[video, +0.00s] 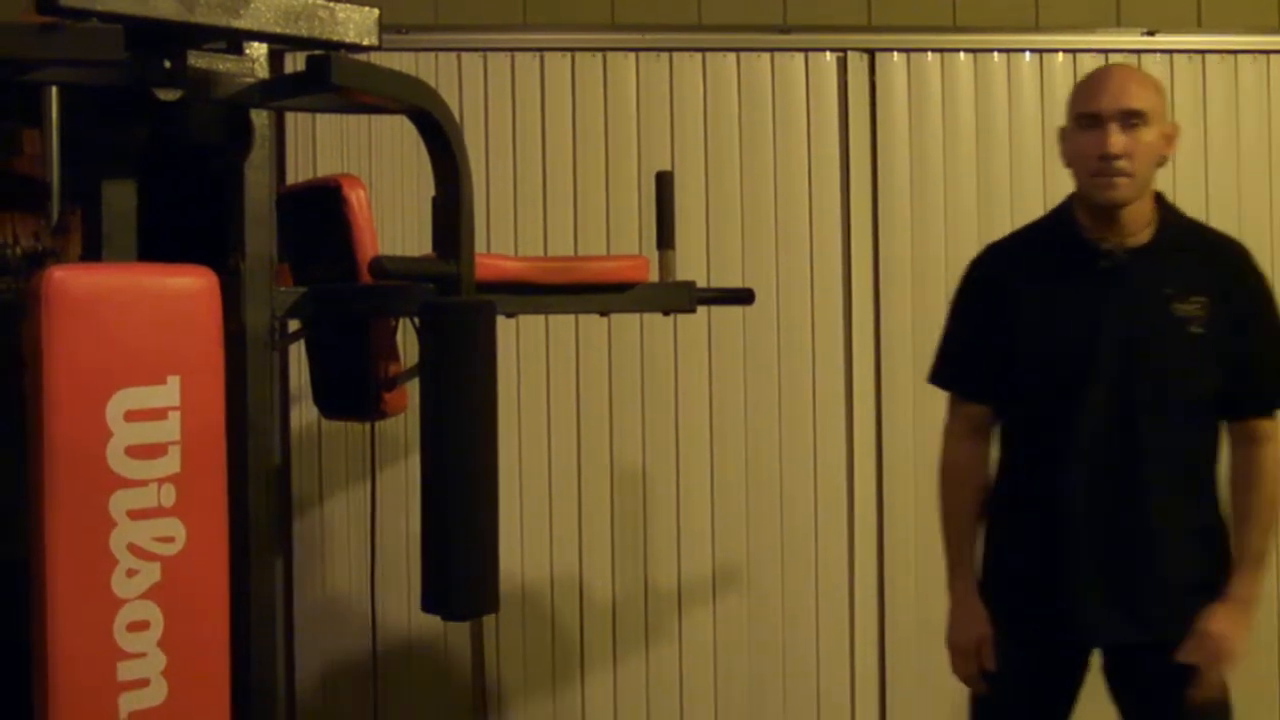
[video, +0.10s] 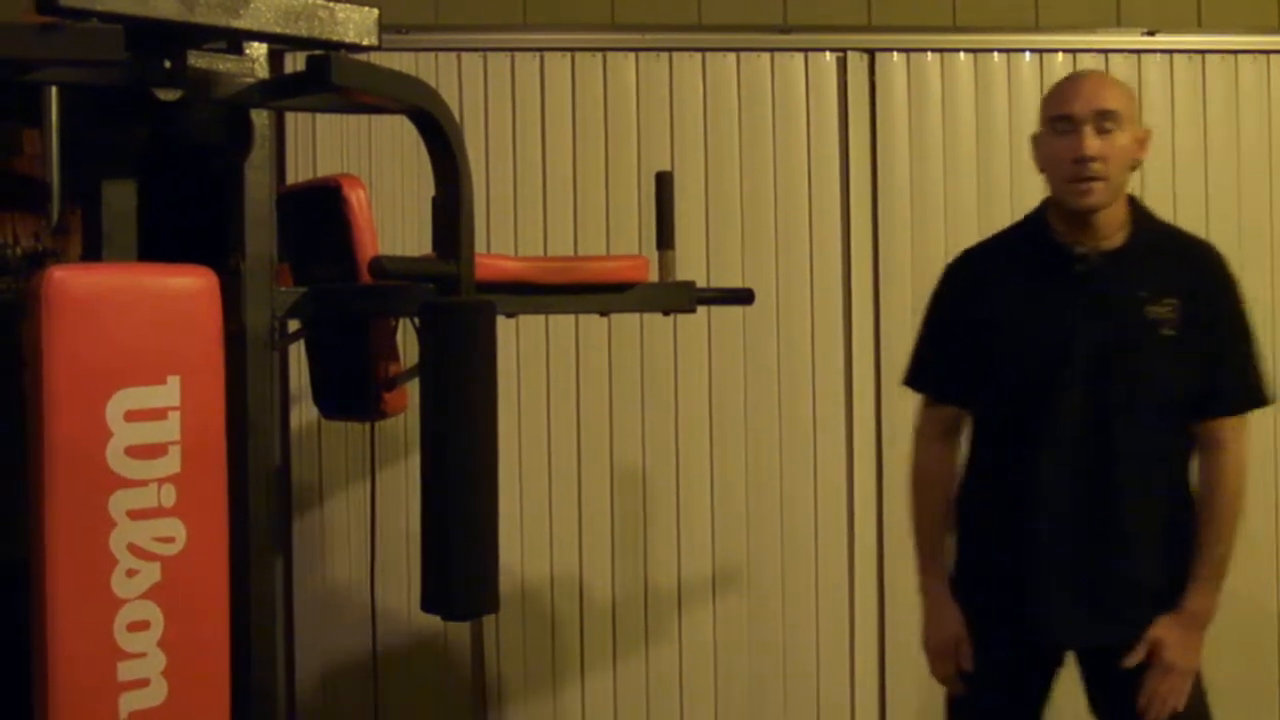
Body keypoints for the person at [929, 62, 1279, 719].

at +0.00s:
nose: (1110, 142)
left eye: (1132, 123)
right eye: (1090, 124)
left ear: (1167, 142)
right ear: (1065, 144)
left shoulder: (1223, 272)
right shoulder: (1002, 271)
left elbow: (1256, 438)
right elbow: (966, 433)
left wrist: (1241, 596)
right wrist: (962, 591)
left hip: (1169, 583)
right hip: (1033, 583)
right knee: (1008, 716)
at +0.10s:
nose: (1084, 144)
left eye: (1106, 125)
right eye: (1063, 127)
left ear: (1139, 146)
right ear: (1038, 149)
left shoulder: (1192, 272)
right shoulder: (978, 275)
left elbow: (1223, 446)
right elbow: (937, 432)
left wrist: (1194, 614)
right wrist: (935, 591)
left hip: (1138, 588)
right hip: (1006, 588)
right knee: (983, 716)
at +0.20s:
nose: (1060, 155)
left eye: (1081, 137)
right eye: (1038, 138)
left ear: (1112, 160)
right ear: (1013, 165)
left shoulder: (1166, 286)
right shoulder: (953, 290)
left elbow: (1185, 458)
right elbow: (888, 447)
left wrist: (1179, 629)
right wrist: (907, 607)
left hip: (1115, 601)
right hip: (978, 600)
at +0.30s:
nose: (1036, 159)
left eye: (1056, 141)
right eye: (1014, 143)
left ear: (1088, 164)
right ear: (988, 169)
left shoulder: (1147, 283)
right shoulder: (941, 288)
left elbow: (1171, 451)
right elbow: (845, 437)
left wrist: (1163, 608)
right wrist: (912, 563)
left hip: (1091, 591)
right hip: (957, 594)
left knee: (1122, 711)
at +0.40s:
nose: (1018, 152)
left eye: (1038, 134)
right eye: (996, 135)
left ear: (1068, 157)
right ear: (969, 162)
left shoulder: (1132, 276)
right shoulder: (923, 284)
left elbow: (1168, 437)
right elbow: (824, 427)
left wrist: (1145, 567)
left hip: (1082, 597)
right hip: (951, 596)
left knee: (1116, 716)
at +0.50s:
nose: (1005, 148)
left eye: (1024, 130)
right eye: (983, 132)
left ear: (1052, 154)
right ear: (954, 160)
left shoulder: (1120, 267)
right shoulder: (908, 282)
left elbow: (1152, 434)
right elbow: (832, 442)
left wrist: (1116, 535)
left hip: (1077, 580)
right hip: (948, 584)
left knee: (1097, 714)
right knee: (946, 715)